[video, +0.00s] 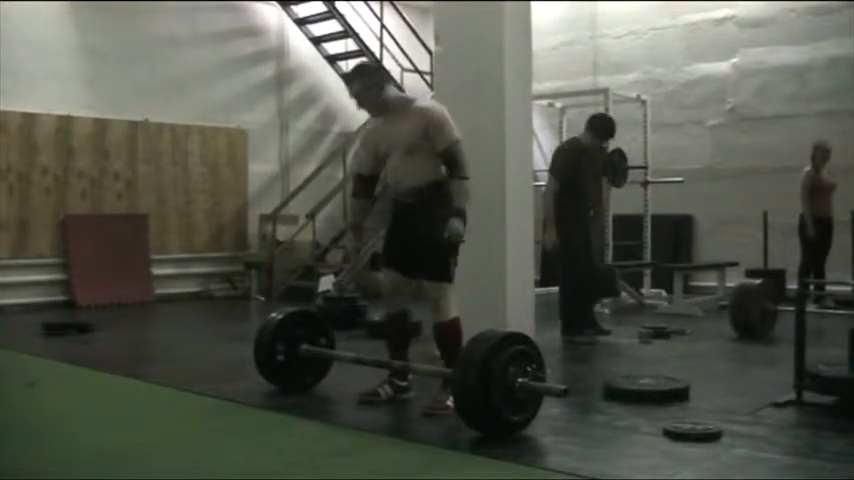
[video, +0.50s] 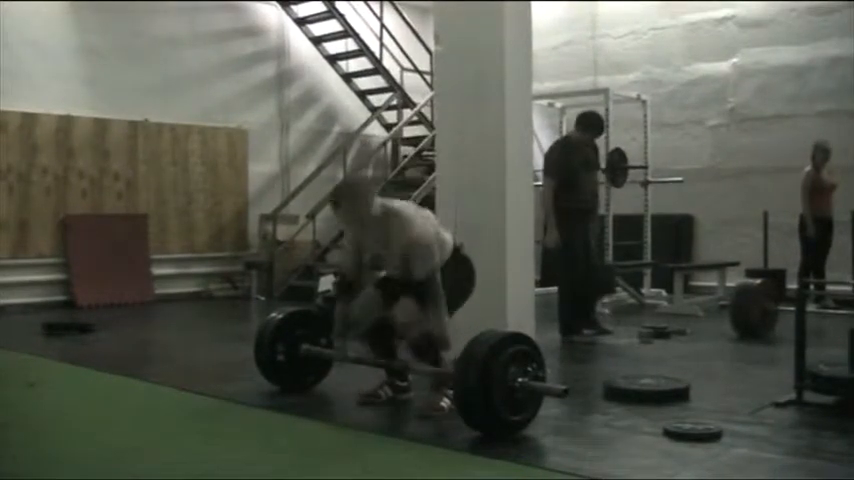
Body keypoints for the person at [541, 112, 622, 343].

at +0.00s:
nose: (601, 145)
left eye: (604, 141)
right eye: (600, 139)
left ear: (605, 138)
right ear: (593, 133)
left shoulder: (599, 154)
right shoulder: (567, 151)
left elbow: (617, 181)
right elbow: (550, 192)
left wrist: (618, 161)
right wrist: (550, 229)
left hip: (589, 225)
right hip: (568, 225)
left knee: (587, 273)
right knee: (572, 275)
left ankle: (587, 321)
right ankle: (572, 327)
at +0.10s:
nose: (597, 142)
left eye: (600, 138)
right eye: (596, 137)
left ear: (601, 135)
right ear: (588, 130)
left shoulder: (594, 151)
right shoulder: (564, 150)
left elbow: (613, 181)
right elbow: (550, 192)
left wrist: (617, 164)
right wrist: (550, 228)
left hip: (587, 223)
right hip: (567, 224)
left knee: (588, 272)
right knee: (572, 274)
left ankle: (587, 320)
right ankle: (570, 327)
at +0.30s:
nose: (592, 141)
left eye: (595, 137)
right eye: (591, 135)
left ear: (595, 133)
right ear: (582, 129)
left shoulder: (591, 149)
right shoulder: (562, 149)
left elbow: (592, 187)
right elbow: (549, 191)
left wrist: (594, 222)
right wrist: (550, 227)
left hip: (586, 222)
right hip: (567, 222)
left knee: (589, 271)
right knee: (572, 274)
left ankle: (586, 319)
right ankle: (570, 327)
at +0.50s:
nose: (592, 141)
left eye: (595, 137)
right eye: (590, 136)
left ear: (594, 133)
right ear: (583, 129)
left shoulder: (591, 149)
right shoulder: (560, 150)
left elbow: (592, 185)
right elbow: (548, 190)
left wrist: (594, 219)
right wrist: (551, 226)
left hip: (586, 221)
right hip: (567, 222)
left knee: (588, 271)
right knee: (571, 274)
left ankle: (587, 321)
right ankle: (570, 327)